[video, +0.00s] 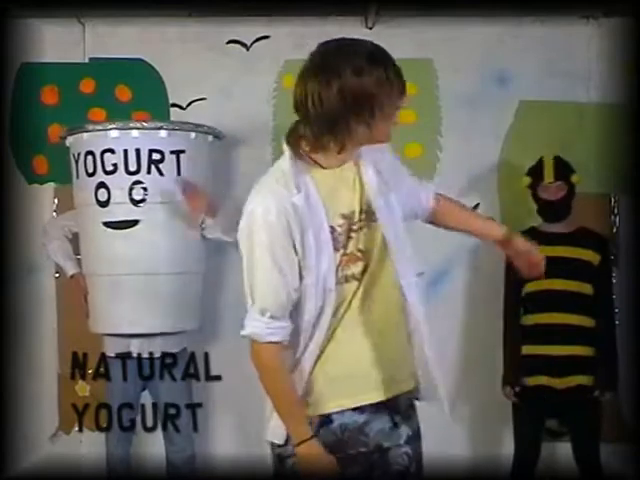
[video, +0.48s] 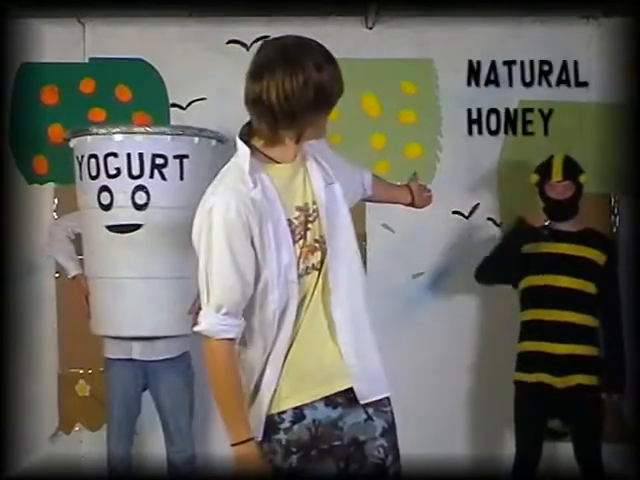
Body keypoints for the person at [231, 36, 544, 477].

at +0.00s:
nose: (399, 117)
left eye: (398, 106)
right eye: (393, 107)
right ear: (359, 109)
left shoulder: (378, 163)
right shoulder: (274, 202)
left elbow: (431, 205)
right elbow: (266, 342)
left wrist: (507, 238)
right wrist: (303, 441)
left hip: (395, 406)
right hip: (321, 423)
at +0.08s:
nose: (379, 122)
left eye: (379, 111)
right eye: (373, 113)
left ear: (319, 106)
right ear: (343, 113)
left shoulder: (362, 164)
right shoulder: (263, 201)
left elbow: (413, 193)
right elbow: (249, 341)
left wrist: (488, 209)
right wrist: (282, 440)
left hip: (386, 407)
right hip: (312, 422)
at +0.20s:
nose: (361, 116)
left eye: (360, 106)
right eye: (356, 108)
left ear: (304, 103)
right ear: (330, 108)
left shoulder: (346, 161)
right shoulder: (248, 198)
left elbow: (398, 181)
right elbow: (230, 334)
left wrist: (451, 190)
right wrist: (255, 441)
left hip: (376, 402)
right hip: (302, 417)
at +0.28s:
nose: (350, 113)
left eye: (349, 104)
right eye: (346, 106)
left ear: (288, 101)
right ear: (325, 108)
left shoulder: (339, 162)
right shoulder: (240, 199)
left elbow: (382, 180)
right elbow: (223, 336)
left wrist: (427, 189)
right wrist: (243, 441)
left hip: (372, 407)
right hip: (294, 420)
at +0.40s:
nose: (336, 113)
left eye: (335, 104)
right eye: (332, 105)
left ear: (270, 101)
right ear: (315, 109)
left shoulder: (326, 162)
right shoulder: (234, 201)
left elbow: (367, 184)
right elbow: (219, 335)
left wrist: (411, 193)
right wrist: (238, 443)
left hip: (368, 405)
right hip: (289, 420)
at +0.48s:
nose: (331, 112)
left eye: (330, 103)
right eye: (328, 104)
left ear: (265, 101)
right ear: (310, 108)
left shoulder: (320, 160)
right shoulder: (230, 202)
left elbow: (361, 185)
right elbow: (218, 336)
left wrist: (406, 194)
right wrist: (241, 442)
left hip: (367, 403)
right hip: (290, 419)